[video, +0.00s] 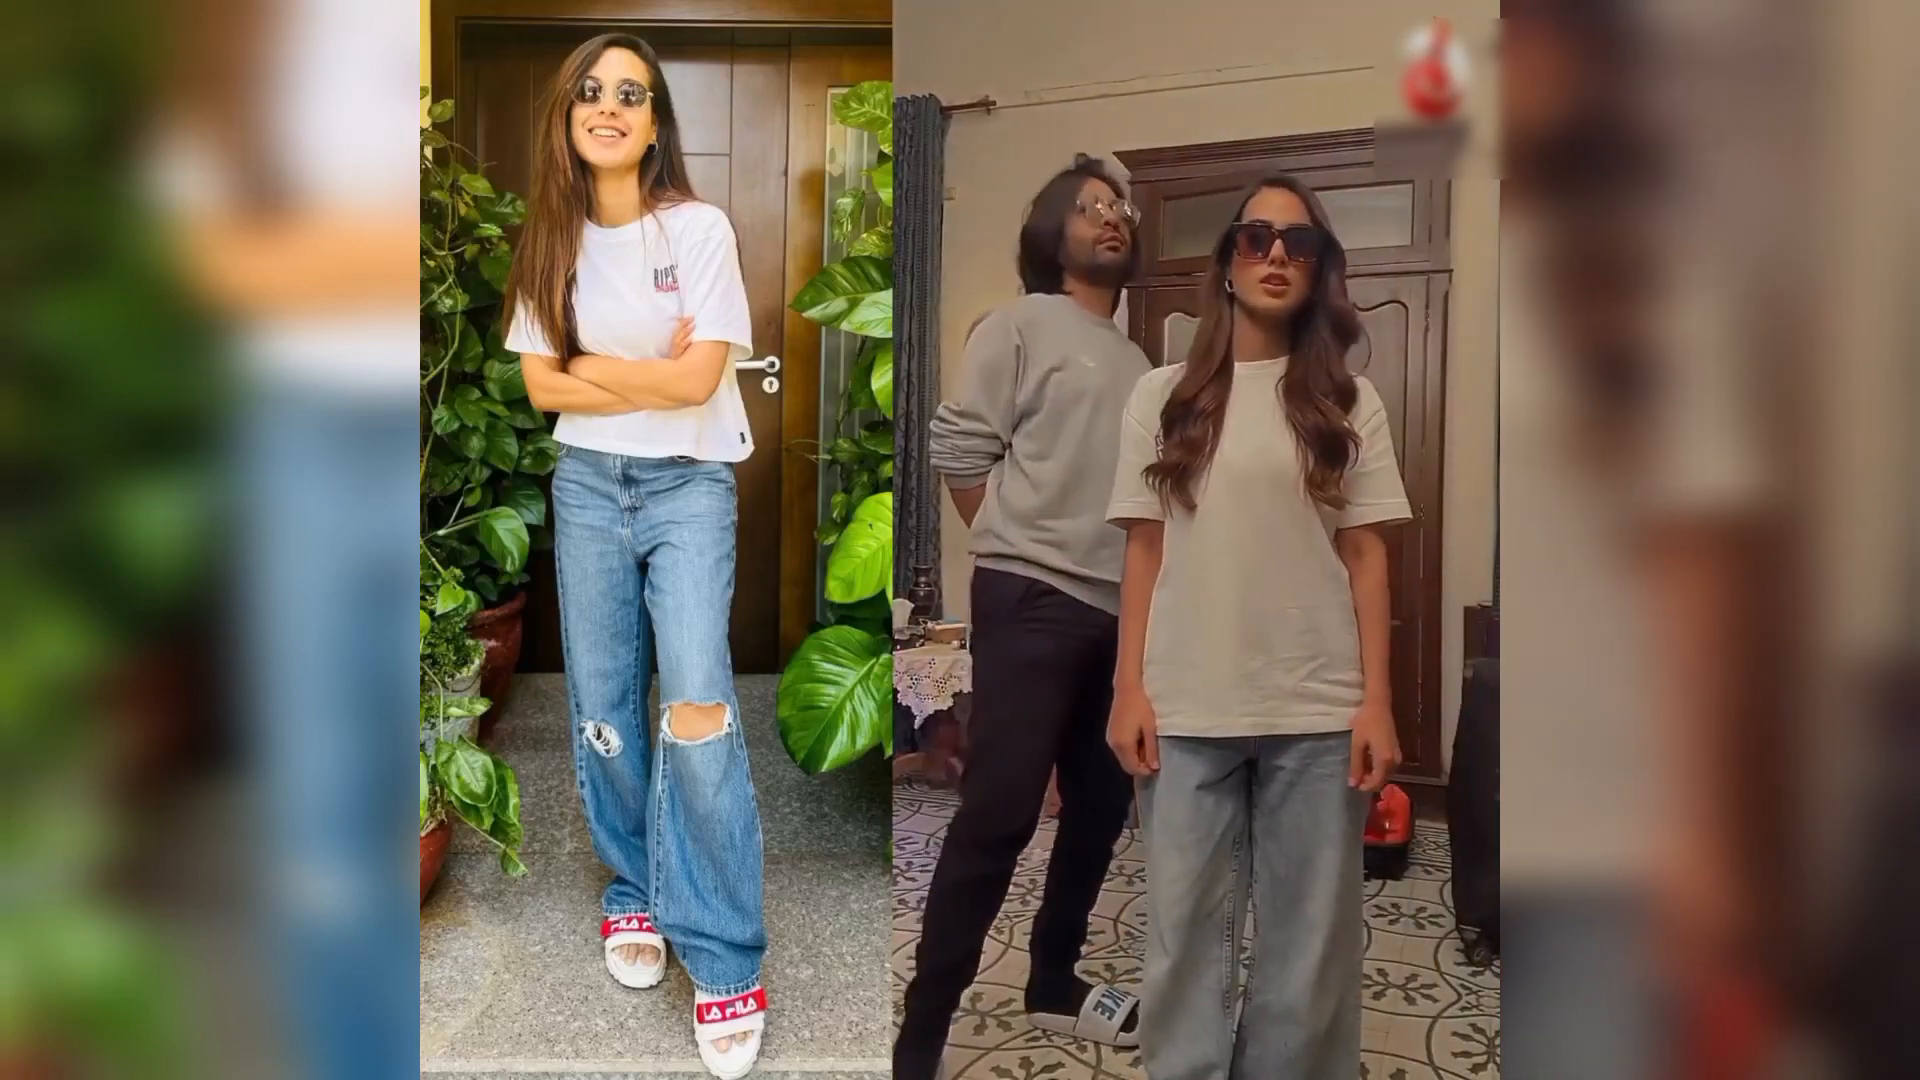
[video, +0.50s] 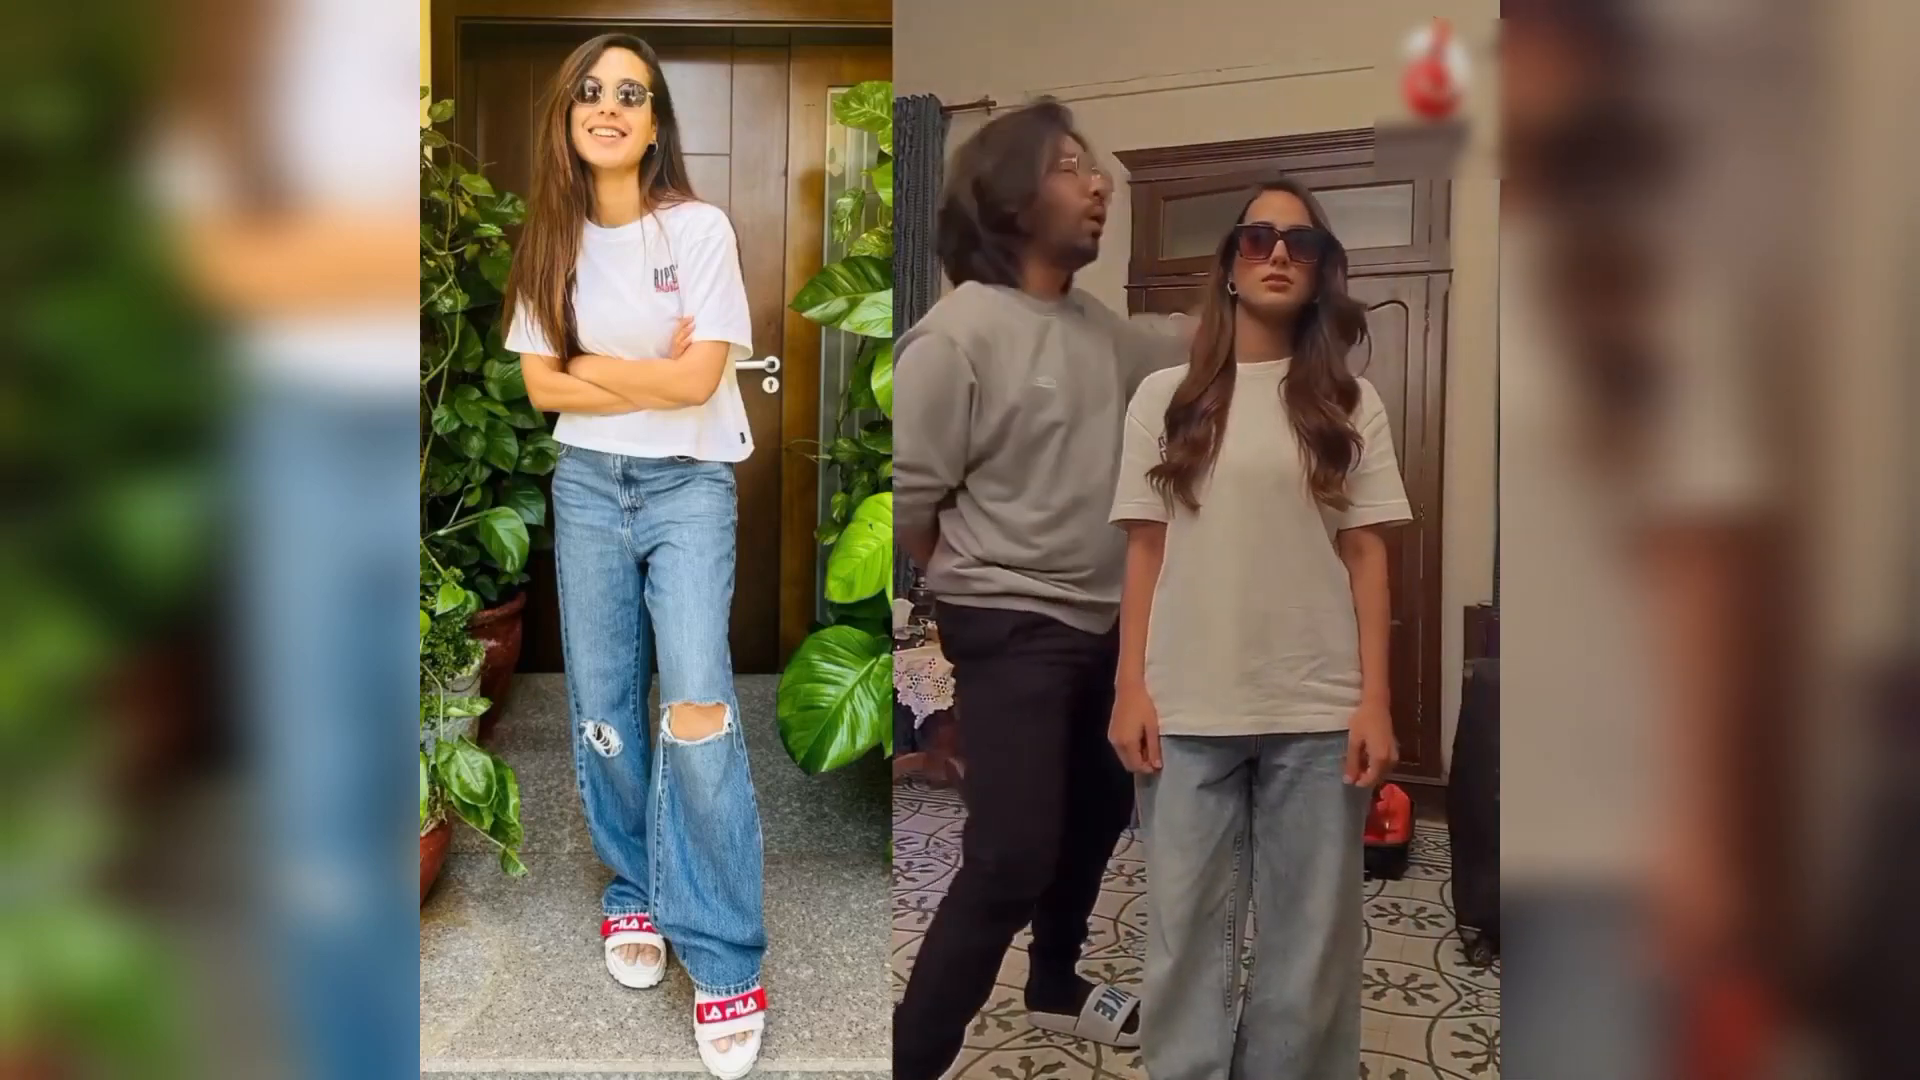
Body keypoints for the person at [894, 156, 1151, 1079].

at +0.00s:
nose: (1114, 218)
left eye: (1122, 207)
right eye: (1091, 206)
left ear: (1134, 239)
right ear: (1050, 233)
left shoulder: (1139, 361)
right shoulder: (1015, 326)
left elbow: (1148, 491)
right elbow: (962, 462)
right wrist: (1010, 556)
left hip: (1119, 604)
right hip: (1026, 595)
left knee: (1100, 805)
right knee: (1000, 810)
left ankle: (1054, 985)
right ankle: (925, 1030)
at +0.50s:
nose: (1100, 186)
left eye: (1096, 170)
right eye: (1073, 168)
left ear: (1088, 192)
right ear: (1009, 192)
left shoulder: (1106, 329)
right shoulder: (955, 333)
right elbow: (908, 516)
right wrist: (951, 591)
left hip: (1107, 620)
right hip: (1002, 622)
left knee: (1092, 816)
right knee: (1011, 866)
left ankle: (1055, 986)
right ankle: (914, 1064)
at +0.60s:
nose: (1085, 209)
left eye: (1081, 189)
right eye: (1062, 191)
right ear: (997, 210)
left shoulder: (1074, 319)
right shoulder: (951, 343)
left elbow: (1139, 312)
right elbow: (918, 526)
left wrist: (1190, 236)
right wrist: (919, 613)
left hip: (1105, 623)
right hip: (1017, 631)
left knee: (1105, 820)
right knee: (1033, 867)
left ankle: (1055, 989)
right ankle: (914, 1065)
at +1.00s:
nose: (1077, 184)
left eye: (1074, 171)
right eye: (1048, 175)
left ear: (1078, 199)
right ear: (998, 209)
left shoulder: (1103, 329)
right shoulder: (992, 323)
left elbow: (1171, 317)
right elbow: (925, 481)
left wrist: (1236, 261)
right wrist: (954, 561)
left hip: (1112, 612)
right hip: (1024, 610)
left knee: (1099, 807)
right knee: (1006, 850)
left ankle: (1055, 987)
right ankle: (910, 1061)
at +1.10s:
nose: (1086, 186)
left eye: (1089, 176)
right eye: (1058, 176)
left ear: (1104, 210)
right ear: (1013, 213)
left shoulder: (1139, 346)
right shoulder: (1010, 316)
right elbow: (941, 462)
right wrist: (976, 559)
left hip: (1115, 610)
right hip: (1024, 603)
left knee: (1089, 812)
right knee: (990, 834)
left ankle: (1056, 987)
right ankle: (912, 1053)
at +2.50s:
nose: (1090, 224)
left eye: (1115, 214)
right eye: (1086, 212)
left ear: (1157, 245)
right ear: (1075, 238)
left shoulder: (1189, 354)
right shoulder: (1022, 336)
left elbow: (1207, 486)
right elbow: (964, 447)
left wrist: (1160, 564)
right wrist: (1016, 530)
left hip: (1127, 623)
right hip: (1012, 612)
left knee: (1105, 817)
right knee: (975, 821)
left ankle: (1057, 979)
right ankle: (934, 1055)